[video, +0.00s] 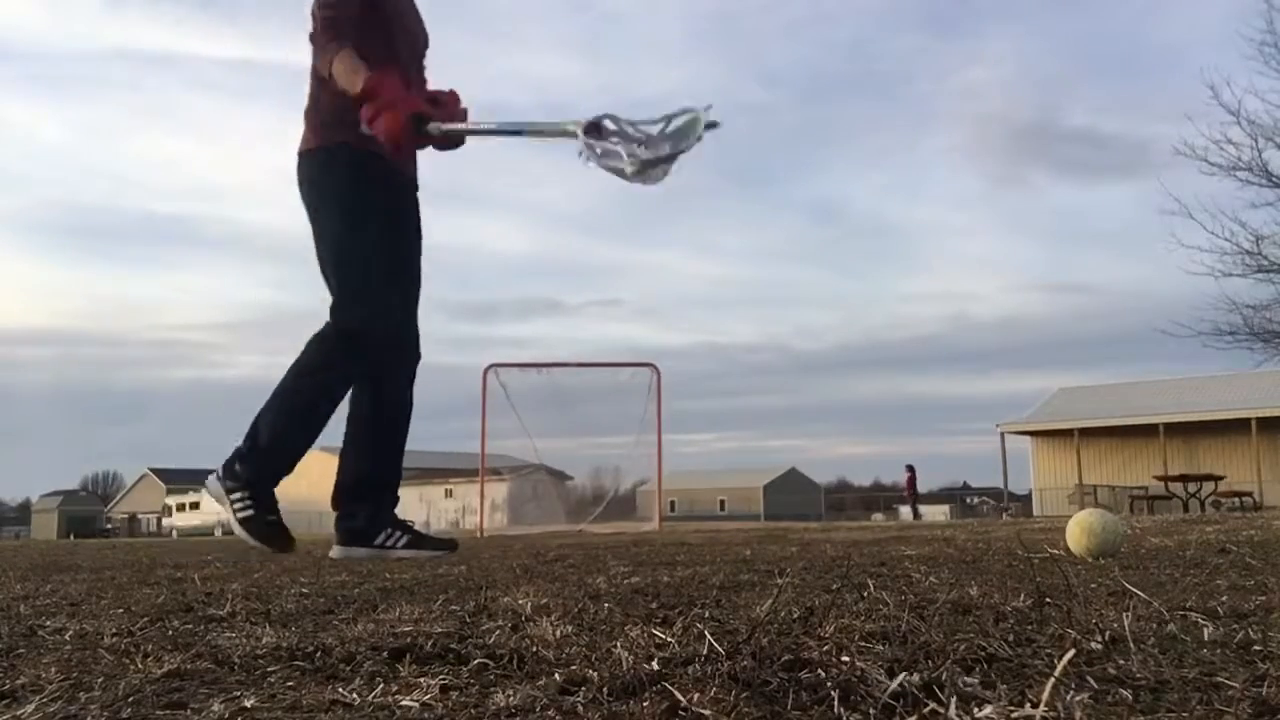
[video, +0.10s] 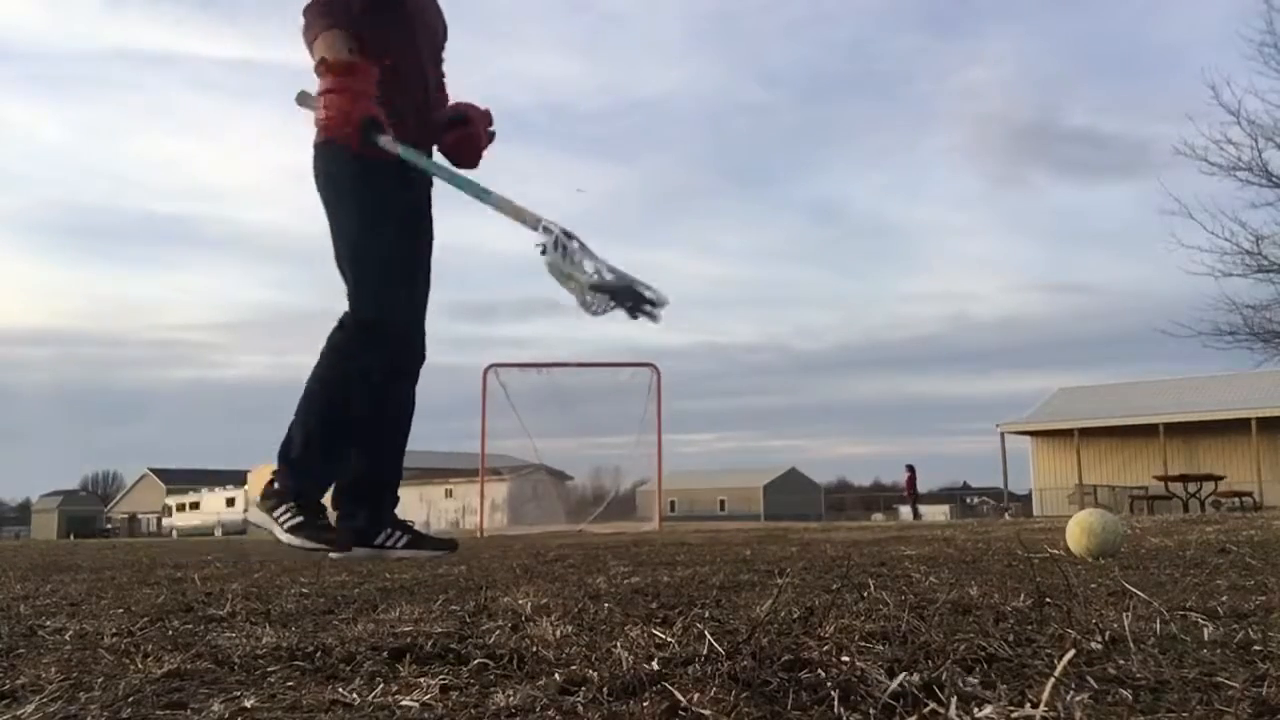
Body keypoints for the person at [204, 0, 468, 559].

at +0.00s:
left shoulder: (406, 19)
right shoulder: (345, 2)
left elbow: (401, 90)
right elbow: (330, 46)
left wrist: (433, 117)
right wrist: (379, 94)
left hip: (389, 170)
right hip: (342, 158)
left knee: (396, 346)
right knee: (361, 325)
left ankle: (366, 522)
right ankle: (245, 476)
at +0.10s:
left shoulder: (429, 14)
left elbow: (420, 99)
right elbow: (324, 13)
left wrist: (452, 123)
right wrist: (343, 72)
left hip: (408, 163)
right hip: (356, 148)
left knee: (402, 341)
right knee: (375, 322)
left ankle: (366, 519)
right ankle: (288, 490)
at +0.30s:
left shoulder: (464, 11)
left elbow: (464, 86)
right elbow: (319, 12)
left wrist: (493, 172)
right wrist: (319, 80)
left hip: (435, 154)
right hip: (386, 132)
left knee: (414, 324)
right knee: (395, 316)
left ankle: (358, 508)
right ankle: (393, 494)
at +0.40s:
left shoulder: (481, 13)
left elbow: (485, 90)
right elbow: (316, 8)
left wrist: (511, 188)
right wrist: (321, 88)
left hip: (448, 148)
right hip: (396, 129)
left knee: (414, 320)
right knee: (417, 315)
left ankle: (363, 511)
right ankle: (434, 497)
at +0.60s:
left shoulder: (509, 10)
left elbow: (514, 59)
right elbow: (346, 4)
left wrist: (534, 158)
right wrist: (341, 87)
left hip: (482, 115)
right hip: (426, 92)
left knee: (474, 313)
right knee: (458, 304)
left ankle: (388, 482)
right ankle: (445, 508)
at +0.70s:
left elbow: (524, 40)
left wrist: (554, 133)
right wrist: (379, 63)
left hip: (502, 95)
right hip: (437, 75)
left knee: (527, 305)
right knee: (457, 290)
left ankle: (416, 456)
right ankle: (441, 508)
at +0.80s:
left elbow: (529, 18)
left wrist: (572, 93)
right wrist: (422, 37)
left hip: (524, 78)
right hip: (449, 53)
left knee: (570, 282)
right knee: (453, 287)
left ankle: (471, 474)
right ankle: (440, 502)